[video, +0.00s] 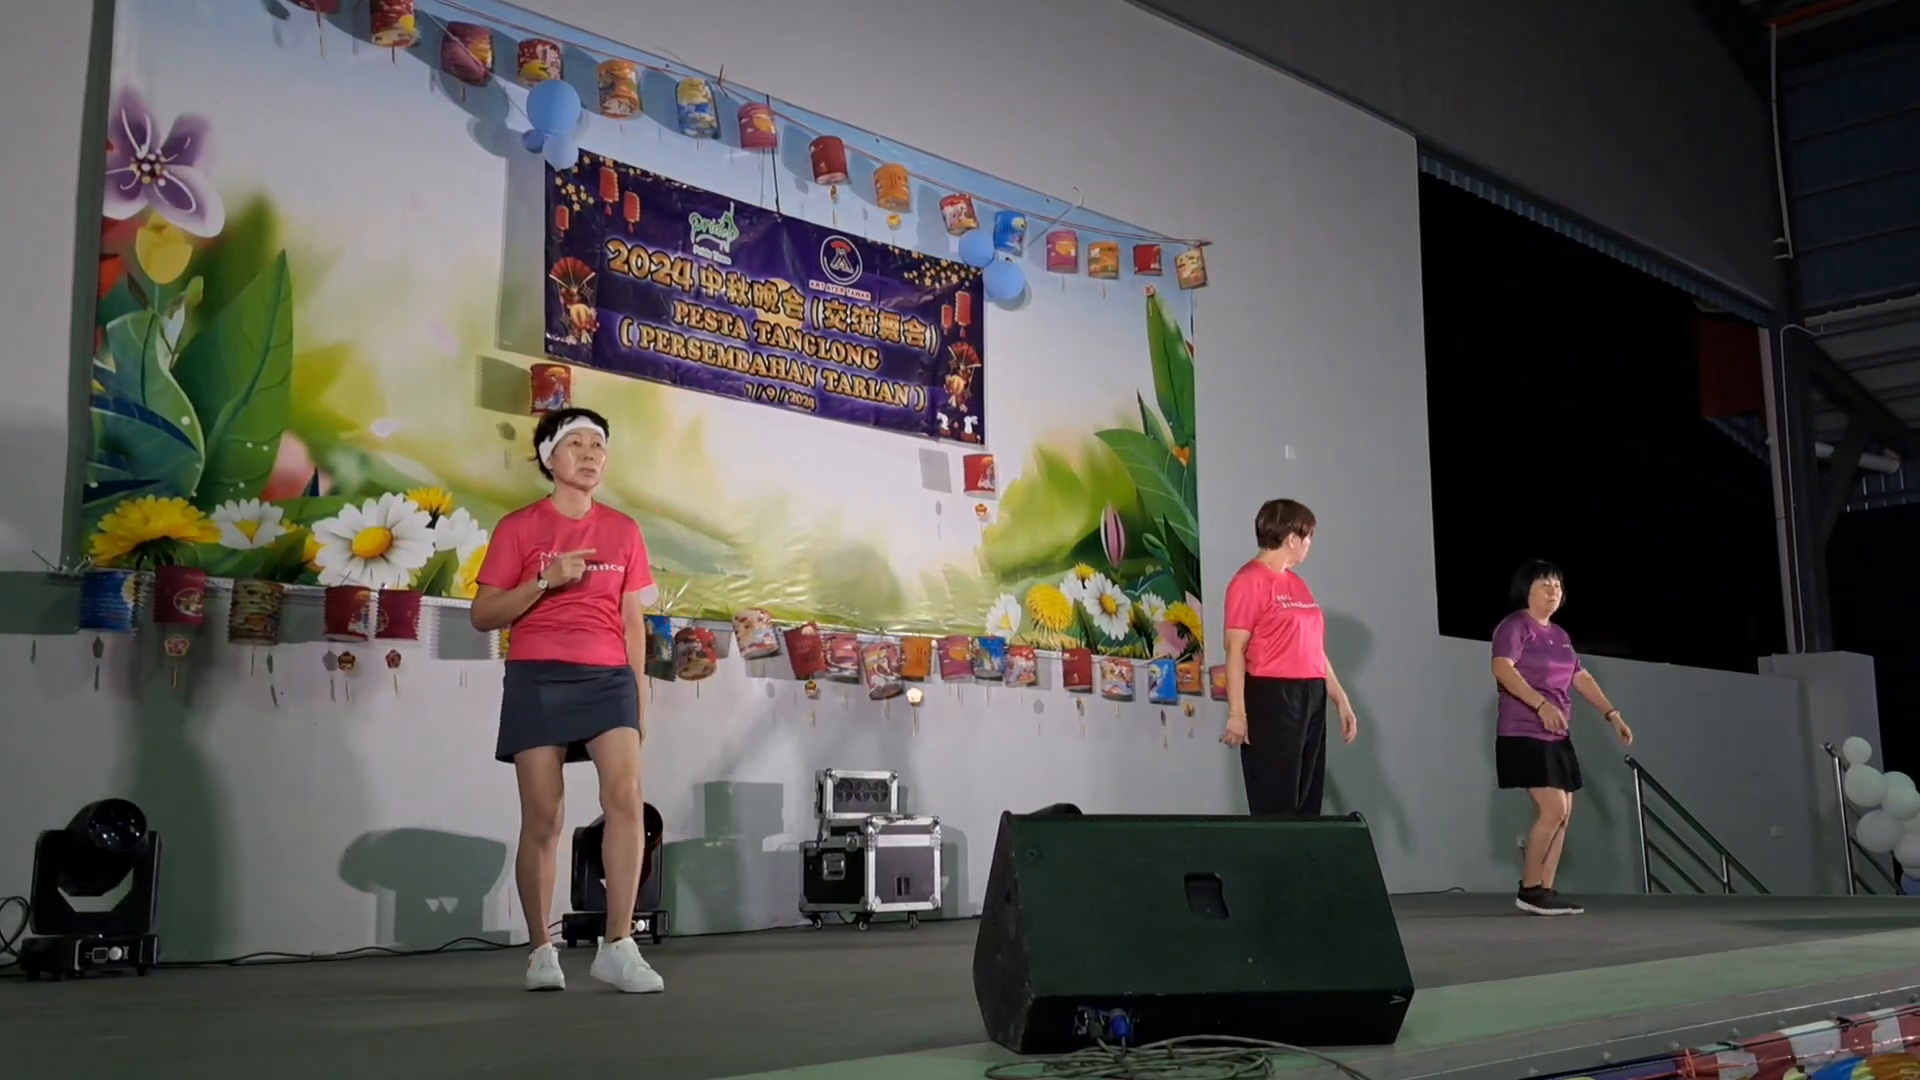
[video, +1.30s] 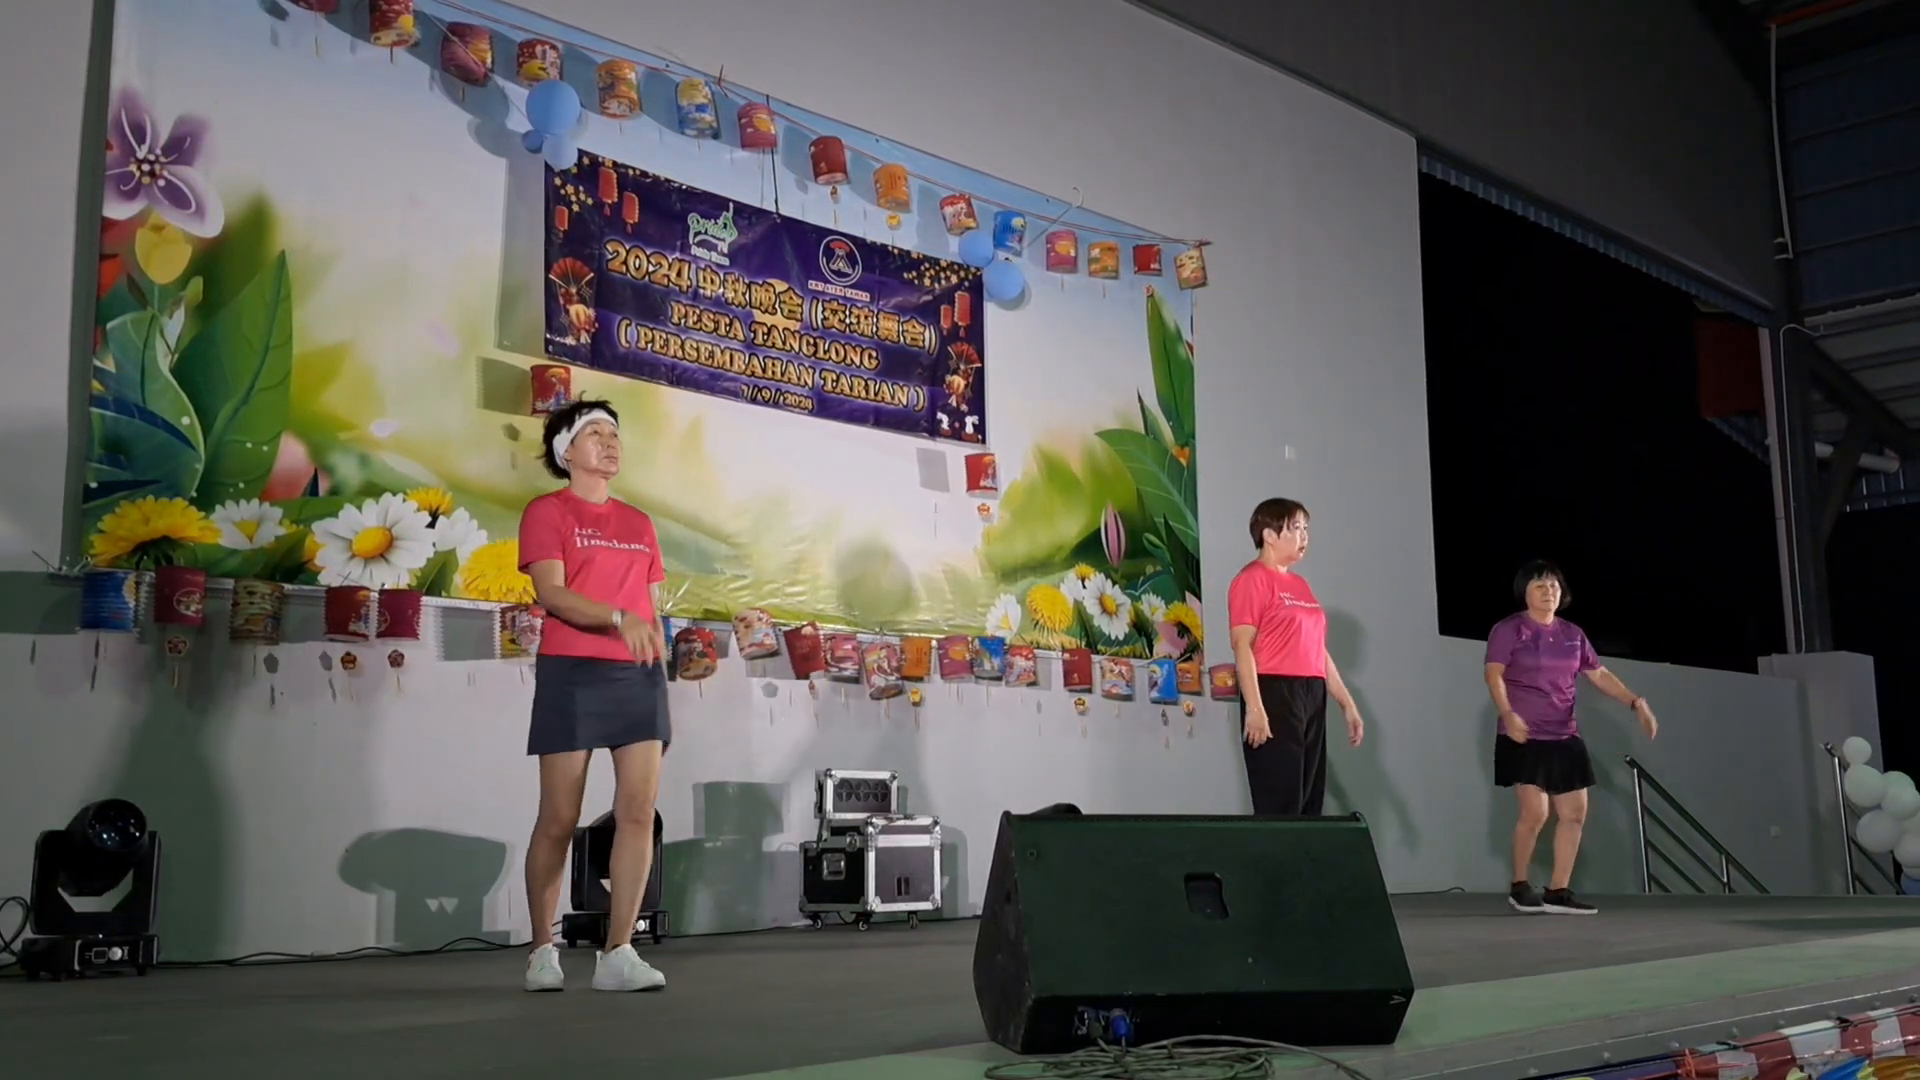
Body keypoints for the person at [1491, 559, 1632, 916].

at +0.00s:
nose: (1553, 591)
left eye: (1557, 586)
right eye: (1544, 584)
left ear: (1562, 594)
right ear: (1527, 589)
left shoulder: (1559, 636)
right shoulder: (1514, 625)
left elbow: (1580, 677)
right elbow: (1502, 669)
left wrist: (1612, 714)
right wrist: (1541, 704)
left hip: (1556, 736)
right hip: (1523, 735)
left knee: (1563, 811)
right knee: (1553, 808)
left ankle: (1545, 891)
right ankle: (1529, 889)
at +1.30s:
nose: (1548, 592)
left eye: (1553, 587)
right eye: (1540, 586)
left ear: (1560, 594)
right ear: (1525, 593)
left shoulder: (1573, 635)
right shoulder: (1508, 631)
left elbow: (1600, 675)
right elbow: (1493, 675)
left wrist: (1635, 701)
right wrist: (1507, 714)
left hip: (1565, 738)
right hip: (1523, 736)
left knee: (1574, 812)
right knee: (1535, 811)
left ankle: (1558, 891)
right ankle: (1520, 886)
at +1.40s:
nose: (1539, 593)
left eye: (1544, 587)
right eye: (1531, 586)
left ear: (1551, 592)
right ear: (1514, 591)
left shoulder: (1563, 630)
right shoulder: (1495, 629)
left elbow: (1591, 670)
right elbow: (1474, 671)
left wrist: (1629, 673)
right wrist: (1466, 706)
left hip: (1560, 734)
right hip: (1515, 734)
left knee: (1578, 807)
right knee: (1520, 812)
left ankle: (1560, 888)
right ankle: (1508, 886)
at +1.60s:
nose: (1523, 599)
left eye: (1528, 593)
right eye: (1515, 593)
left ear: (1534, 598)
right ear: (1498, 597)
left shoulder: (1545, 634)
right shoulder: (1477, 636)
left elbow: (1571, 676)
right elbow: (1446, 678)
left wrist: (1599, 661)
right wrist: (1411, 714)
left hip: (1545, 738)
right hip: (1496, 740)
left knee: (1584, 803)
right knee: (1501, 811)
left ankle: (1596, 886)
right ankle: (1505, 891)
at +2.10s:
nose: (1497, 586)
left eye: (1503, 581)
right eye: (1489, 583)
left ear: (1514, 591)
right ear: (1479, 595)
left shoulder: (1536, 631)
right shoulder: (1465, 637)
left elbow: (1557, 674)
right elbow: (1452, 689)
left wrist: (1570, 696)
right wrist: (1442, 738)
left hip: (1540, 736)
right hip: (1491, 739)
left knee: (1574, 804)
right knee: (1498, 813)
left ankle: (1574, 886)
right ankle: (1505, 891)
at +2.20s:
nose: (1501, 586)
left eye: (1507, 582)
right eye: (1493, 583)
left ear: (1518, 592)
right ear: (1482, 595)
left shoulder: (1538, 632)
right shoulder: (1470, 636)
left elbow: (1556, 676)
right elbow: (1463, 689)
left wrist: (1569, 715)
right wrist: (1476, 737)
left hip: (1543, 740)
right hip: (1497, 742)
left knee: (1571, 807)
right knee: (1501, 814)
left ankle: (1557, 887)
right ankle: (1505, 891)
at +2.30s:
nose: (1507, 588)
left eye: (1513, 583)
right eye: (1500, 584)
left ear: (1524, 593)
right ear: (1488, 596)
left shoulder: (1543, 634)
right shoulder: (1478, 636)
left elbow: (1557, 682)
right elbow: (1478, 685)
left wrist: (1570, 727)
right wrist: (1507, 724)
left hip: (1549, 738)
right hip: (1503, 739)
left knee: (1563, 811)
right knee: (1505, 814)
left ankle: (1553, 892)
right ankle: (1505, 891)